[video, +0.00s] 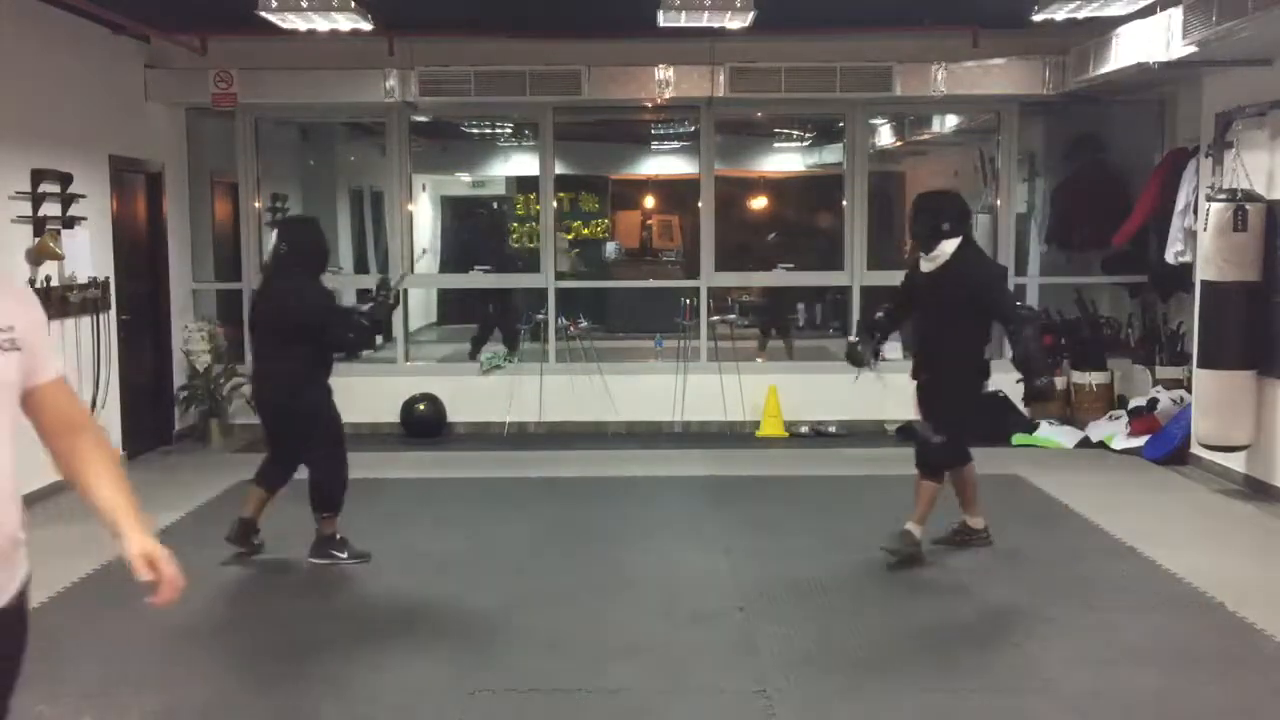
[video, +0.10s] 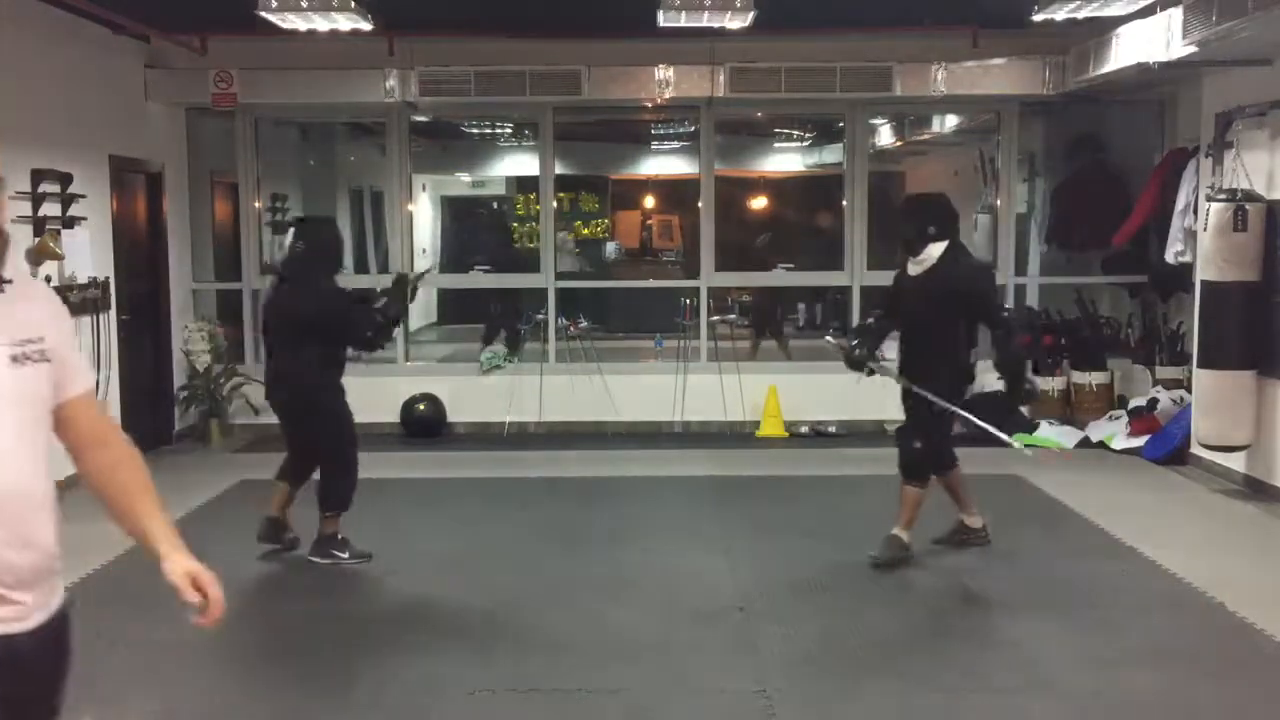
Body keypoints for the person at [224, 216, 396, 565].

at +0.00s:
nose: (325, 253)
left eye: (322, 246)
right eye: (322, 246)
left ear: (283, 249)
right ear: (316, 250)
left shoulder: (267, 288)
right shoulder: (311, 293)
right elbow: (341, 335)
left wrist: (352, 314)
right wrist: (373, 321)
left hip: (268, 389)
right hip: (305, 391)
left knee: (285, 453)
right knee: (329, 458)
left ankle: (245, 523)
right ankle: (327, 539)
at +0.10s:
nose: (341, 253)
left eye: (339, 246)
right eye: (338, 246)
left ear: (300, 248)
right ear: (331, 251)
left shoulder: (283, 289)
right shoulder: (324, 294)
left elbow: (327, 308)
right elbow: (368, 334)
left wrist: (363, 298)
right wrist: (396, 303)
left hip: (282, 388)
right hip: (318, 390)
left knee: (303, 452)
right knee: (341, 457)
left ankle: (275, 519)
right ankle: (329, 538)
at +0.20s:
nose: (357, 258)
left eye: (356, 253)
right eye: (353, 252)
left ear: (316, 250)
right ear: (341, 256)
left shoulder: (298, 280)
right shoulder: (341, 296)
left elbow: (350, 263)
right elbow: (376, 332)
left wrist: (388, 266)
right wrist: (401, 289)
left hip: (294, 391)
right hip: (332, 393)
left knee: (314, 453)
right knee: (372, 453)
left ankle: (287, 530)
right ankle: (342, 525)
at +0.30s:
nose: (369, 270)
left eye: (368, 263)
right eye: (366, 263)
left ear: (332, 256)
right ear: (359, 264)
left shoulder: (312, 286)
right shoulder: (356, 297)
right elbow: (400, 315)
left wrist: (381, 240)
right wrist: (402, 266)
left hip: (309, 393)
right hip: (346, 394)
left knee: (327, 456)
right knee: (397, 446)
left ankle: (290, 530)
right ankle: (386, 527)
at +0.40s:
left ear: (354, 261)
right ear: (380, 268)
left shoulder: (339, 285)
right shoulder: (378, 293)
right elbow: (421, 292)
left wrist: (381, 247)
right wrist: (408, 249)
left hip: (331, 395)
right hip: (366, 397)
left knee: (333, 463)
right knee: (410, 460)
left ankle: (291, 530)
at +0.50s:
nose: (427, 260)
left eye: (428, 254)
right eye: (422, 254)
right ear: (407, 256)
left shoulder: (370, 287)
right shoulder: (393, 292)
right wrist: (428, 282)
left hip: (360, 403)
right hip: (385, 405)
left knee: (350, 467)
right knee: (437, 462)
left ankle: (296, 524)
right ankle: (462, 533)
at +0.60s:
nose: (430, 275)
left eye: (430, 270)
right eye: (426, 270)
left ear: (388, 267)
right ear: (414, 271)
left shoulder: (370, 298)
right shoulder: (417, 301)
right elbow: (466, 311)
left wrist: (422, 396)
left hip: (374, 405)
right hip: (406, 407)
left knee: (375, 463)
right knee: (459, 454)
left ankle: (312, 507)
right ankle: (466, 533)